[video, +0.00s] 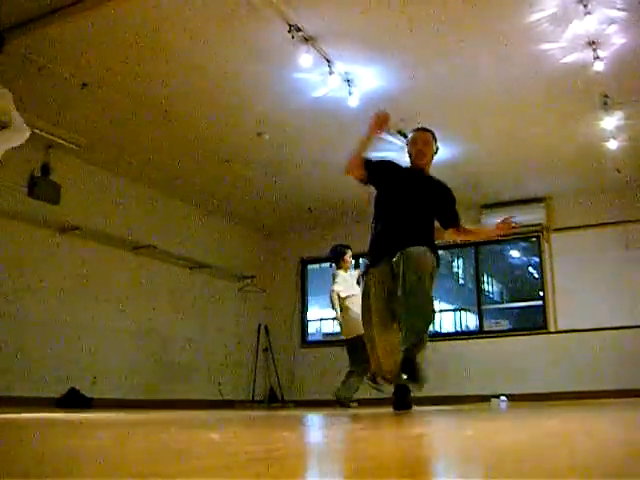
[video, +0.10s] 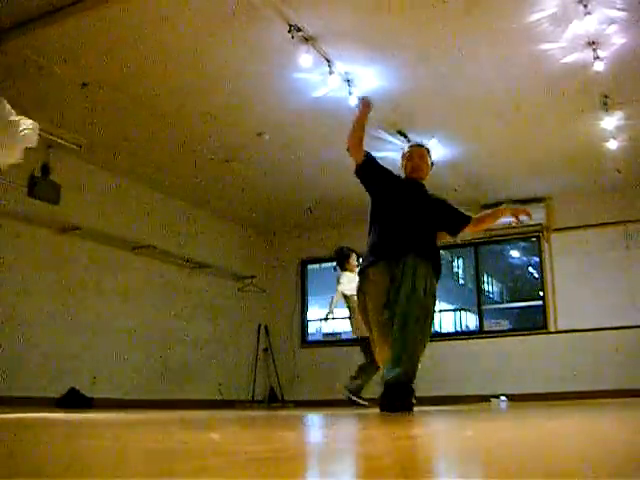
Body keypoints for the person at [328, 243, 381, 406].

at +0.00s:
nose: (351, 260)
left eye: (351, 256)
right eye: (348, 257)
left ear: (348, 259)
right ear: (340, 260)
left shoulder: (349, 275)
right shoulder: (340, 276)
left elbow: (355, 275)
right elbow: (334, 292)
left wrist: (360, 270)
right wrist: (337, 311)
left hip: (354, 325)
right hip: (355, 325)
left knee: (359, 365)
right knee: (362, 364)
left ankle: (346, 394)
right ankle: (345, 393)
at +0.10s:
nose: (356, 263)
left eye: (356, 260)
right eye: (353, 260)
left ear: (352, 262)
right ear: (345, 263)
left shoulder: (354, 277)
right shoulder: (346, 278)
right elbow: (338, 295)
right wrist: (330, 311)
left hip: (367, 323)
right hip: (361, 324)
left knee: (373, 360)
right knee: (373, 359)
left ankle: (355, 388)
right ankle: (354, 388)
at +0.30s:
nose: (364, 262)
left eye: (362, 259)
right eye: (361, 259)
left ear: (350, 263)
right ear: (357, 262)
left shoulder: (358, 279)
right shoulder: (355, 282)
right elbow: (364, 312)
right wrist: (373, 331)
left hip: (371, 327)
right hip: (369, 329)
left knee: (379, 363)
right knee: (380, 363)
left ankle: (363, 393)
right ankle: (363, 393)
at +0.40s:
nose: (366, 259)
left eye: (365, 256)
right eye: (363, 256)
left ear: (351, 259)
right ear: (357, 258)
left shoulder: (346, 276)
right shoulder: (360, 270)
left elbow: (345, 298)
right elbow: (356, 287)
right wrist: (371, 304)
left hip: (352, 320)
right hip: (364, 319)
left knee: (365, 359)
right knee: (369, 359)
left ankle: (356, 392)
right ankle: (357, 393)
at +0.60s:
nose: (366, 269)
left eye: (365, 266)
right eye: (364, 266)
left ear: (349, 269)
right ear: (358, 269)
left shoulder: (340, 287)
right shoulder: (359, 283)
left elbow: (327, 307)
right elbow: (375, 301)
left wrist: (328, 320)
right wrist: (385, 305)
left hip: (334, 330)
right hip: (350, 325)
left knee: (351, 365)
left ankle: (348, 398)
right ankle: (350, 358)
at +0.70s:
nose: (362, 271)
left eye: (362, 268)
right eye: (359, 267)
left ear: (344, 269)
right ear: (353, 268)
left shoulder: (331, 285)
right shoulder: (356, 285)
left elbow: (309, 290)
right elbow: (377, 300)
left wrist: (318, 306)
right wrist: (364, 301)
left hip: (331, 334)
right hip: (349, 332)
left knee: (345, 366)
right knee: (354, 363)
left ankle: (347, 399)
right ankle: (330, 382)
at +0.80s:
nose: (355, 270)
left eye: (355, 267)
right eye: (354, 267)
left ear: (338, 268)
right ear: (348, 268)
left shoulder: (326, 281)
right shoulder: (350, 281)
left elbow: (307, 287)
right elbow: (369, 298)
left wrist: (316, 300)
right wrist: (366, 308)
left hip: (322, 323)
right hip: (337, 323)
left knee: (345, 360)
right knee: (335, 361)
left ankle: (346, 396)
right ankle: (317, 393)